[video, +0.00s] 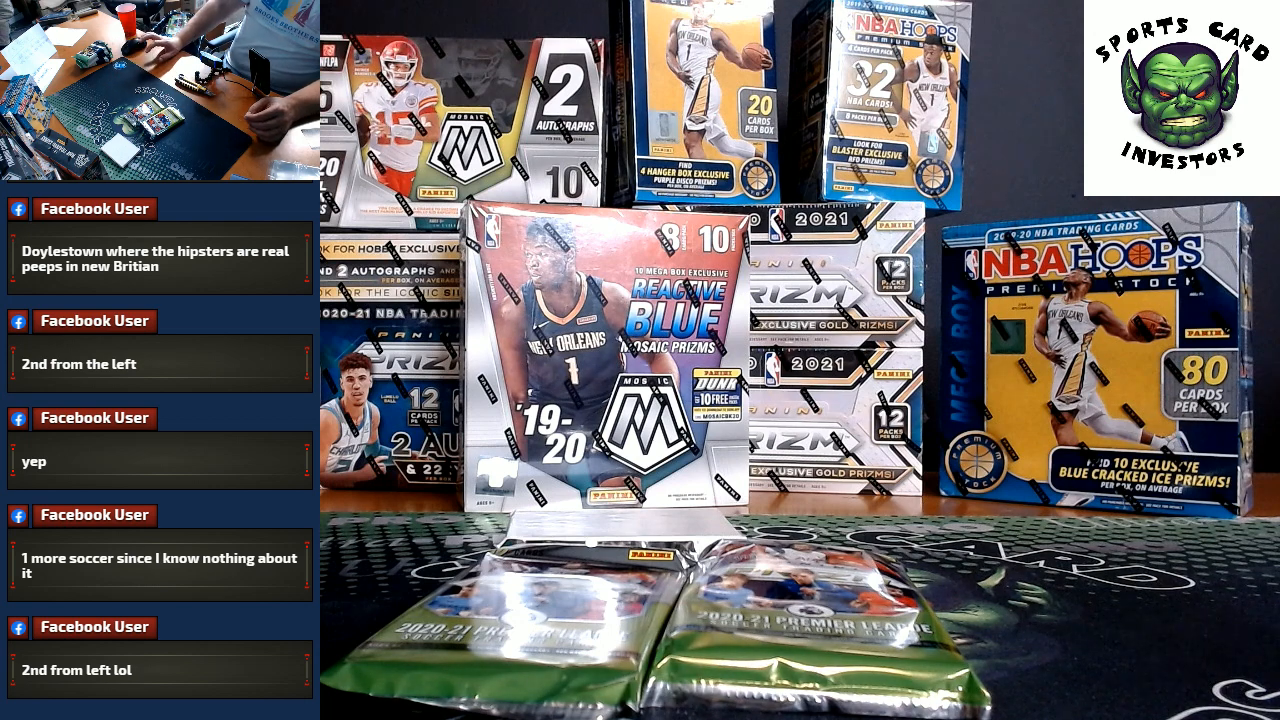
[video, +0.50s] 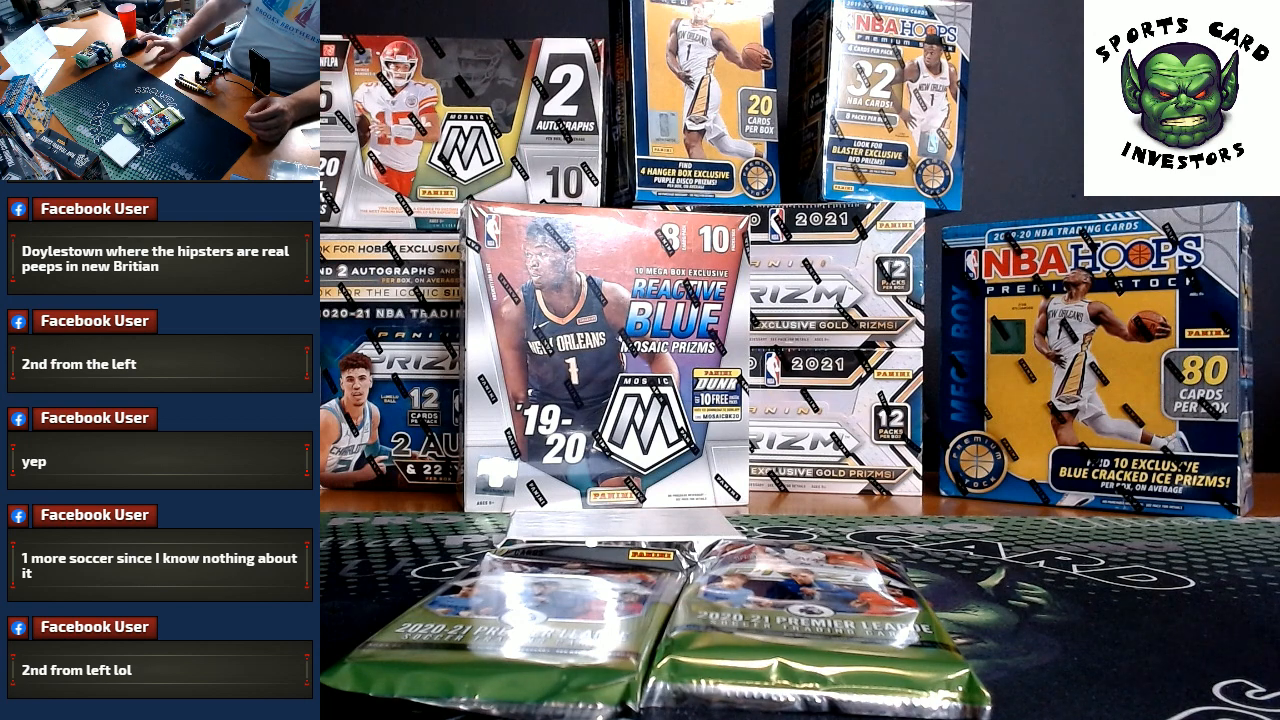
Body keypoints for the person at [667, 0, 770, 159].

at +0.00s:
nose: (697, 8)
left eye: (703, 6)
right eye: (695, 5)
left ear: (711, 12)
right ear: (691, 7)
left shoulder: (715, 34)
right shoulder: (678, 24)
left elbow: (740, 60)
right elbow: (670, 53)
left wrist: (764, 63)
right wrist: (678, 72)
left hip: (705, 87)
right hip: (692, 88)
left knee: (692, 141)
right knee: (725, 145)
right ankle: (767, 158)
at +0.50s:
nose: (697, 8)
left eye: (702, 6)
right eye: (695, 5)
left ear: (711, 12)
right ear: (691, 8)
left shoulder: (715, 34)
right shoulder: (678, 25)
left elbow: (740, 60)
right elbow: (670, 53)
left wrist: (764, 63)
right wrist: (678, 72)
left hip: (705, 87)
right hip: (692, 88)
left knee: (692, 141)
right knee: (725, 145)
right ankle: (767, 158)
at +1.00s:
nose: (697, 9)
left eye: (702, 6)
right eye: (695, 5)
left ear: (711, 12)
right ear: (691, 8)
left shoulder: (715, 34)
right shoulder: (678, 24)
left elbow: (740, 60)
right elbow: (670, 53)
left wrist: (765, 63)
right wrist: (678, 72)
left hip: (705, 87)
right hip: (692, 88)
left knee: (692, 141)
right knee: (725, 145)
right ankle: (767, 158)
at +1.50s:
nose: (697, 9)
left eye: (702, 6)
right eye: (695, 5)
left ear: (711, 12)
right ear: (691, 8)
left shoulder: (715, 34)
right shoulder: (678, 25)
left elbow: (739, 60)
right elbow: (670, 53)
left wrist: (764, 62)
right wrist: (678, 72)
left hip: (705, 87)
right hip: (692, 88)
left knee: (692, 141)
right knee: (725, 145)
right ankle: (767, 158)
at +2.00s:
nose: (697, 9)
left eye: (702, 6)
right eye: (694, 5)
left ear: (711, 12)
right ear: (691, 8)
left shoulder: (715, 34)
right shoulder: (678, 25)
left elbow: (739, 60)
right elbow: (670, 53)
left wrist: (764, 63)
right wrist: (678, 72)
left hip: (705, 87)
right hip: (692, 88)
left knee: (692, 141)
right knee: (725, 145)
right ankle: (767, 158)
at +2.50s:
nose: (697, 9)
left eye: (703, 6)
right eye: (695, 6)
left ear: (711, 12)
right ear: (692, 8)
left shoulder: (715, 34)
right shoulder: (678, 25)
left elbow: (740, 59)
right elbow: (670, 53)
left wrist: (764, 62)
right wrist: (678, 72)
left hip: (705, 87)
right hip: (692, 88)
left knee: (692, 141)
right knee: (725, 145)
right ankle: (766, 158)